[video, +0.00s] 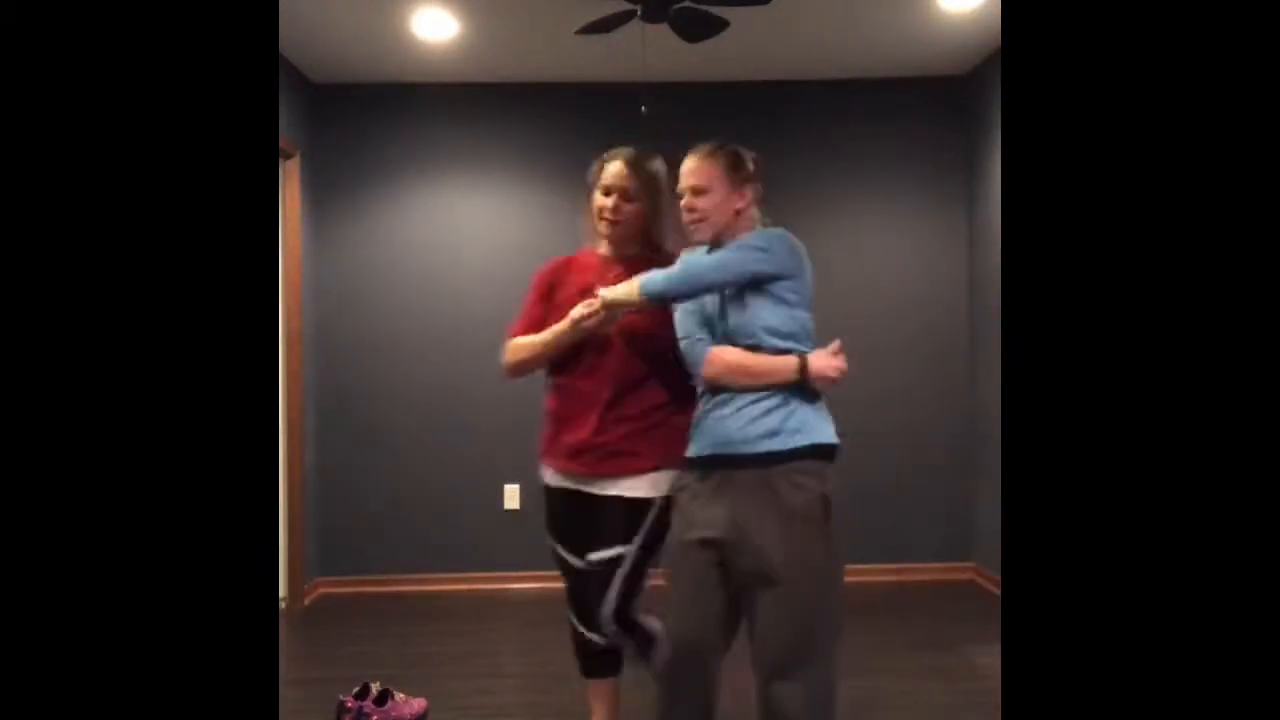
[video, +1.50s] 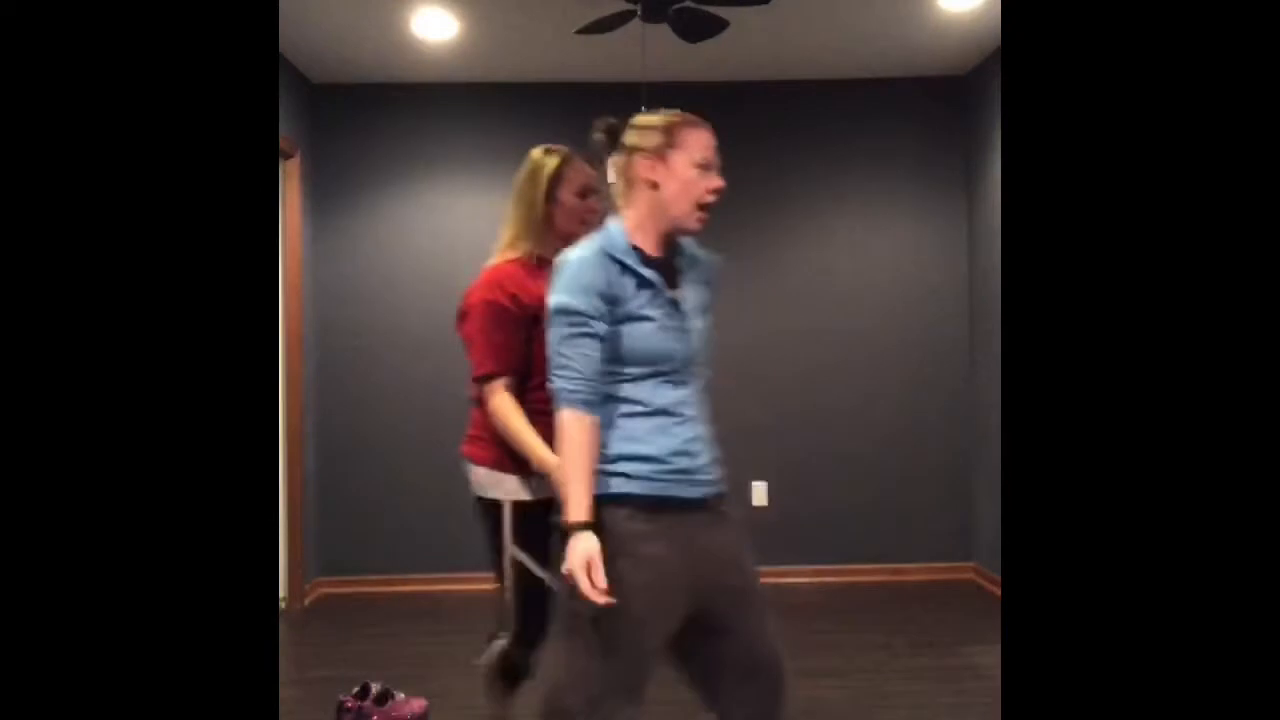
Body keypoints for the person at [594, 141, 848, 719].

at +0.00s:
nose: (686, 207)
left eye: (700, 194)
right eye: (682, 195)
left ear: (744, 198)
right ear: (677, 206)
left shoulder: (778, 248)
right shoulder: (686, 282)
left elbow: (681, 277)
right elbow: (703, 361)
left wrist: (612, 296)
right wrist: (803, 366)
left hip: (786, 472)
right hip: (706, 474)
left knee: (792, 665)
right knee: (684, 653)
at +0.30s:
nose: (802, 186)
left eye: (799, 174)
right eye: (788, 176)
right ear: (743, 189)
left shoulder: (809, 252)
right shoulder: (720, 265)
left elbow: (847, 310)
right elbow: (770, 367)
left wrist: (773, 290)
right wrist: (829, 383)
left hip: (811, 465)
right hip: (739, 467)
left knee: (831, 632)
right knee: (731, 637)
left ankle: (831, 714)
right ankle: (725, 714)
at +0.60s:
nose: (799, 207)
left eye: (801, 198)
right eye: (801, 198)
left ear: (807, 203)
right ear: (868, 204)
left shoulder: (782, 263)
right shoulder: (899, 274)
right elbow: (854, 355)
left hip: (796, 480)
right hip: (876, 480)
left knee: (815, 634)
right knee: (900, 624)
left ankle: (837, 714)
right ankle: (855, 705)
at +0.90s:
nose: (819, 201)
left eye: (834, 189)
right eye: (817, 189)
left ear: (880, 195)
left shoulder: (905, 259)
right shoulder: (833, 272)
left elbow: (858, 335)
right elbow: (776, 349)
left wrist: (795, 308)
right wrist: (701, 322)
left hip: (897, 467)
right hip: (862, 464)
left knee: (824, 611)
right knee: (879, 614)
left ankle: (828, 711)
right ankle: (920, 714)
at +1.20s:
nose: (760, 193)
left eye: (774, 181)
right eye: (748, 181)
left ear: (800, 194)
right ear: (729, 194)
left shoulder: (843, 271)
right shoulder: (706, 288)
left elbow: (905, 373)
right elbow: (701, 400)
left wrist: (901, 480)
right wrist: (610, 415)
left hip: (838, 497)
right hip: (743, 493)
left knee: (809, 668)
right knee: (723, 660)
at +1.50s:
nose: (718, 184)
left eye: (717, 169)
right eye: (703, 168)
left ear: (658, 173)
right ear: (649, 171)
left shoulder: (697, 270)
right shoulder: (585, 270)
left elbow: (683, 392)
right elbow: (577, 404)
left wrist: (710, 494)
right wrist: (579, 526)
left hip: (707, 524)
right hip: (624, 529)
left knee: (755, 692)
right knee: (579, 702)